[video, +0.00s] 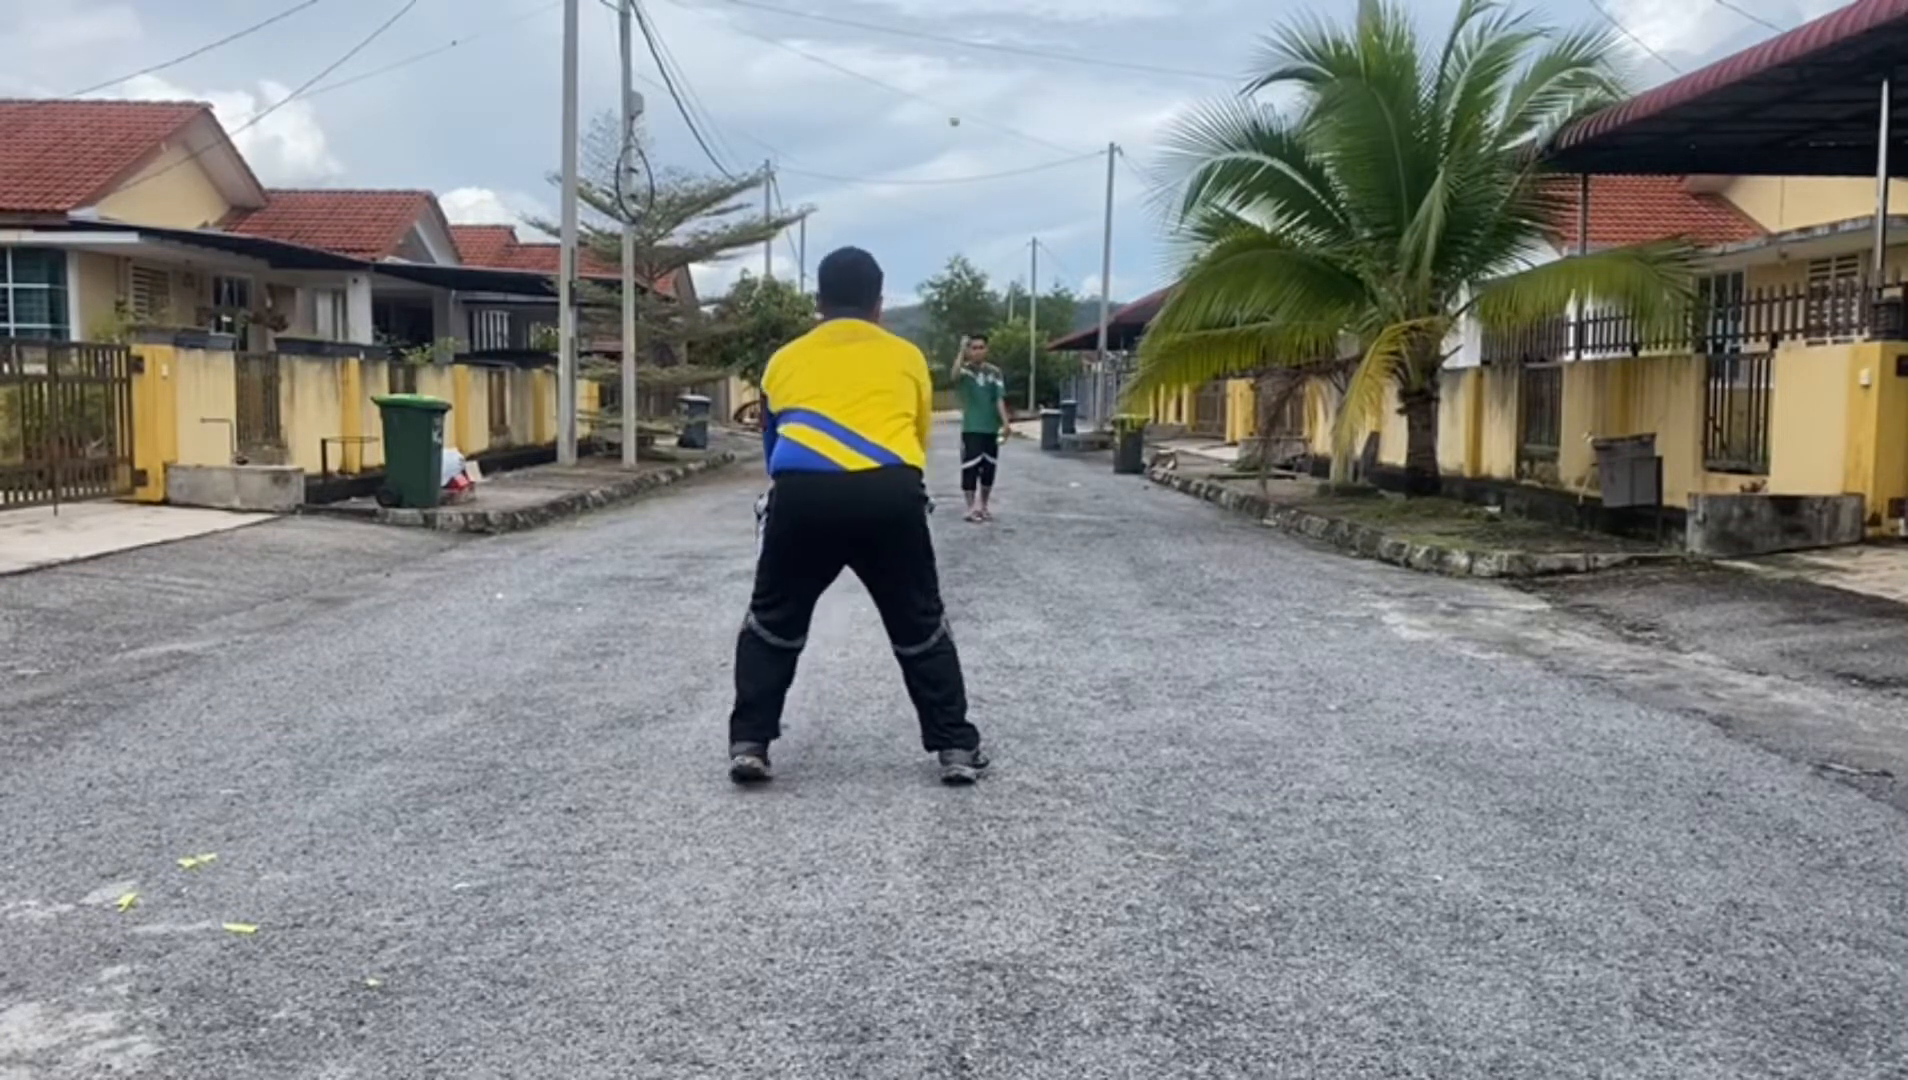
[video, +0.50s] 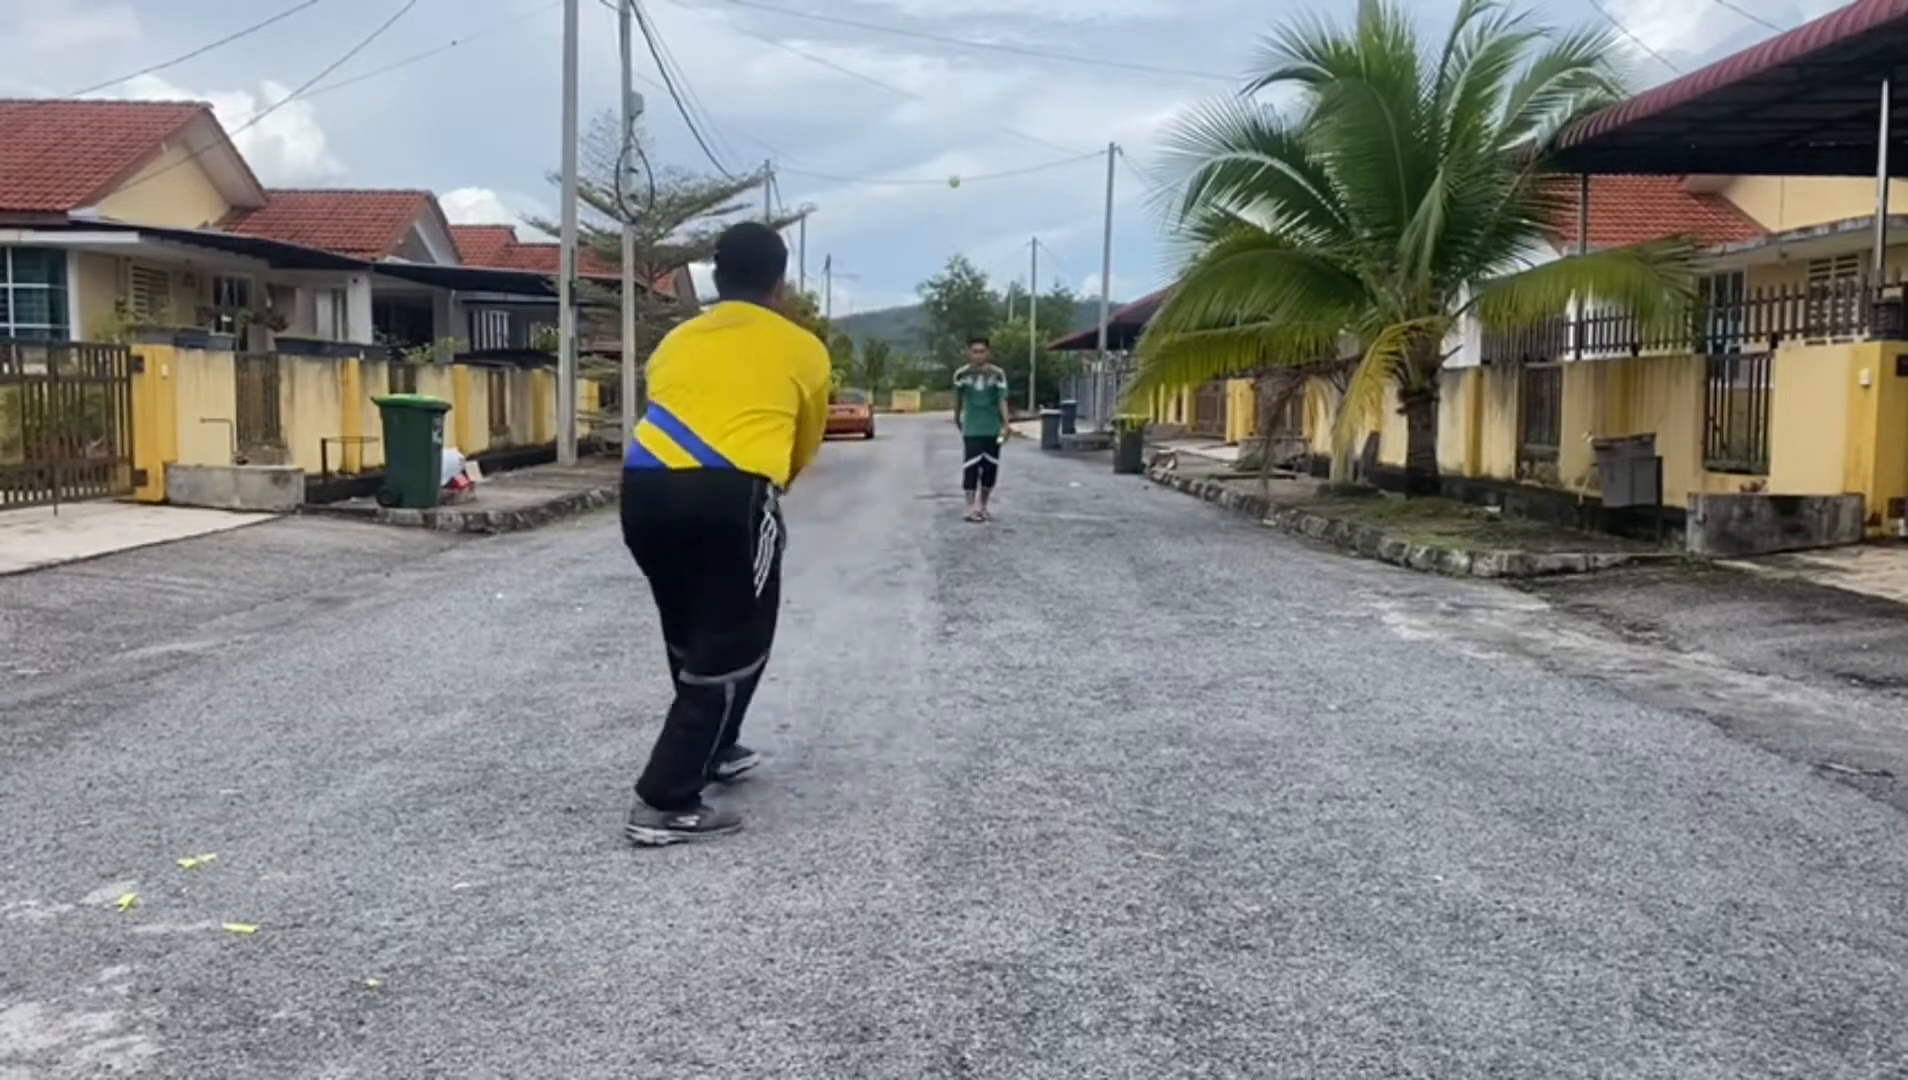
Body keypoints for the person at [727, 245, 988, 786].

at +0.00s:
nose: (883, 308)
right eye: (882, 300)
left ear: (819, 302)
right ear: (877, 303)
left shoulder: (783, 360)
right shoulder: (906, 355)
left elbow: (775, 447)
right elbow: (918, 437)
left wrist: (800, 491)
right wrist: (891, 484)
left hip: (802, 499)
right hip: (890, 500)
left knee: (774, 620)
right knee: (920, 624)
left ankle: (749, 742)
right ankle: (954, 743)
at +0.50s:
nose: (789, 289)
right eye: (787, 280)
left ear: (718, 279)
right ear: (779, 283)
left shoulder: (679, 336)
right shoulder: (803, 348)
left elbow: (661, 407)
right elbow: (804, 449)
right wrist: (762, 482)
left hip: (647, 494)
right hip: (729, 499)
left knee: (691, 630)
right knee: (728, 651)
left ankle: (712, 749)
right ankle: (665, 802)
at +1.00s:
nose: (740, 315)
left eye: (736, 304)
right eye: (738, 304)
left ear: (671, 302)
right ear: (726, 306)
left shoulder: (648, 351)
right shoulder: (716, 360)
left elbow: (692, 482)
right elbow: (753, 481)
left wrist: (758, 557)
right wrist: (809, 547)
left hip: (538, 498)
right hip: (594, 512)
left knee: (593, 665)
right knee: (644, 668)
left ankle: (596, 796)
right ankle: (578, 855)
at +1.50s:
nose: (781, 261)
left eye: (780, 248)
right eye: (773, 248)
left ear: (740, 252)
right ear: (743, 251)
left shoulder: (758, 322)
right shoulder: (673, 306)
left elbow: (806, 375)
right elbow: (668, 400)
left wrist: (807, 341)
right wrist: (721, 307)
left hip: (677, 512)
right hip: (606, 503)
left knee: (708, 644)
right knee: (626, 670)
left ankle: (677, 800)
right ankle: (574, 861)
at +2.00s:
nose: (886, 252)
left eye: (884, 238)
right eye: (886, 239)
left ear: (805, 228)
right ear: (875, 242)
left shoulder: (739, 266)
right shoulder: (858, 333)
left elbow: (634, 252)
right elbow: (856, 456)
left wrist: (555, 236)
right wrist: (913, 484)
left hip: (675, 496)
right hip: (749, 526)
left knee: (735, 617)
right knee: (785, 687)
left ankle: (715, 730)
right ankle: (747, 875)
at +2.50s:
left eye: (868, 165)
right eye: (933, 170)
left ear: (858, 173)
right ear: (936, 184)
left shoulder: (824, 222)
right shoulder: (966, 306)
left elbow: (776, 112)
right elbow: (937, 433)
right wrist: (877, 374)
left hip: (728, 467)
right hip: (832, 509)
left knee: (689, 575)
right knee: (790, 694)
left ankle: (637, 694)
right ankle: (743, 872)